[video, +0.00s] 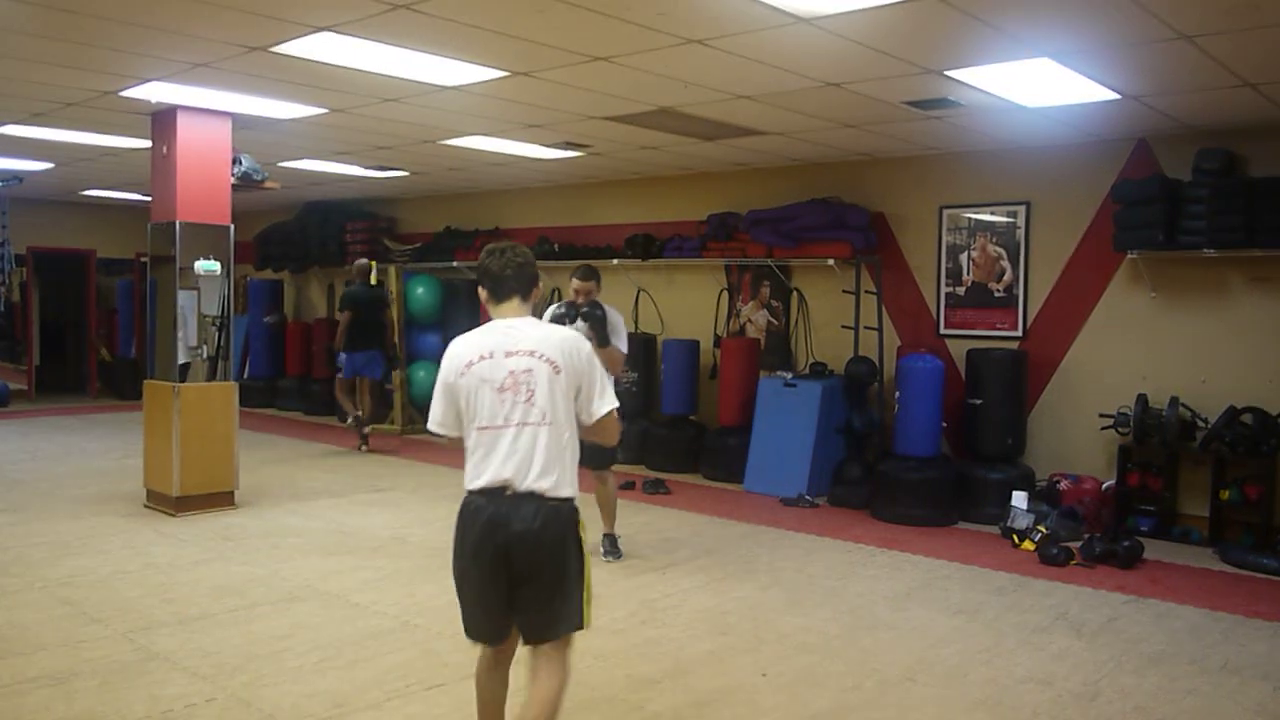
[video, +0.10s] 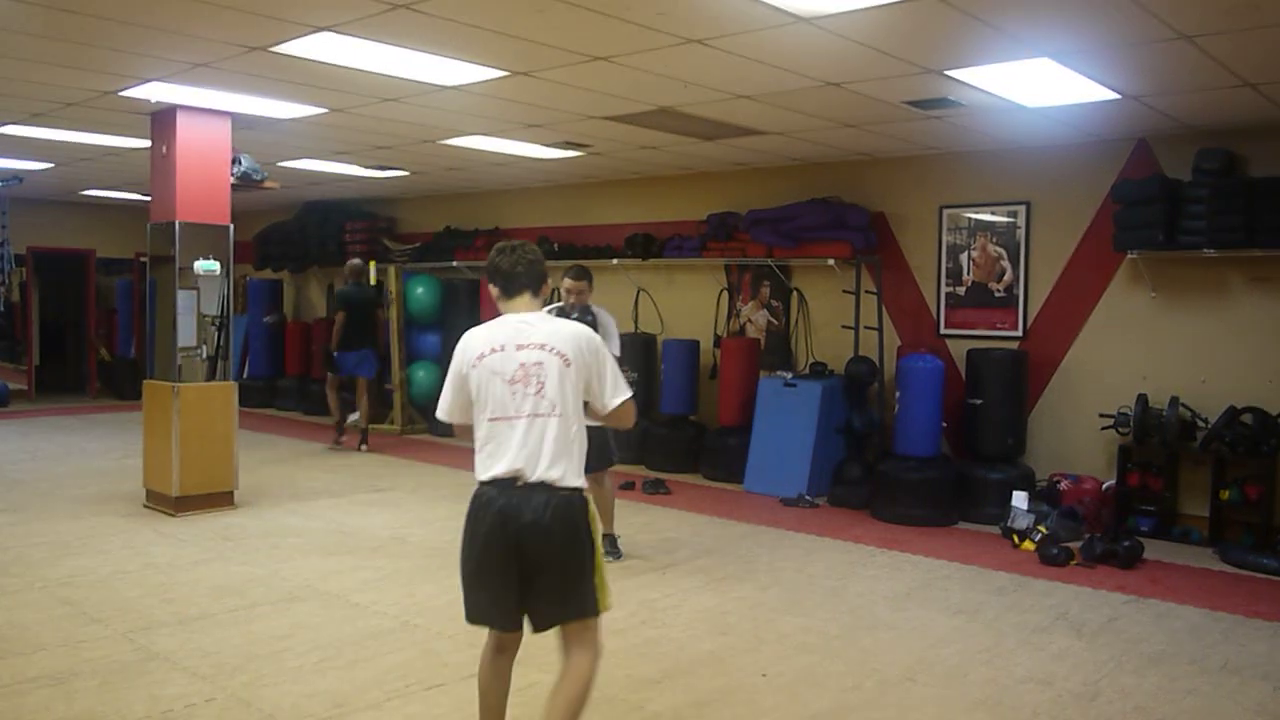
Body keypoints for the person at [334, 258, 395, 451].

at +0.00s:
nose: (352, 273)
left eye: (354, 271)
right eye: (356, 270)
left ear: (355, 273)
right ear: (371, 274)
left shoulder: (349, 294)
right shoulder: (380, 294)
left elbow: (345, 321)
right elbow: (389, 321)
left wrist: (338, 345)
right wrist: (390, 345)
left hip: (353, 348)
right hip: (375, 347)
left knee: (342, 389)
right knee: (366, 391)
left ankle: (353, 413)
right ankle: (364, 436)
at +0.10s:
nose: (345, 274)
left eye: (346, 271)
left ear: (347, 274)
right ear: (364, 274)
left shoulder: (342, 293)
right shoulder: (373, 293)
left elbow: (340, 320)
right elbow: (381, 318)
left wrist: (333, 345)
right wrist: (379, 343)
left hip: (346, 346)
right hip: (367, 346)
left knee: (332, 386)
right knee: (363, 391)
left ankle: (339, 424)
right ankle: (364, 437)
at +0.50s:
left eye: (315, 273)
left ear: (315, 274)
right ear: (331, 274)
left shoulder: (310, 293)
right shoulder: (341, 292)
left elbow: (306, 319)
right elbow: (350, 316)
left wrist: (300, 340)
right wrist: (348, 335)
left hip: (317, 346)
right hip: (337, 344)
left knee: (315, 389)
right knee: (330, 385)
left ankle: (318, 433)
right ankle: (340, 414)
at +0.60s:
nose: (310, 277)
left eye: (310, 274)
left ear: (310, 275)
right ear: (326, 274)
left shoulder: (304, 293)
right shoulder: (334, 291)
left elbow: (298, 320)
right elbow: (345, 318)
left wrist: (291, 337)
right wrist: (345, 339)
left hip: (311, 345)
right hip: (331, 344)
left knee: (313, 387)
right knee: (324, 382)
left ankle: (317, 432)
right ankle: (326, 419)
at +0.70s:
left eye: (305, 275)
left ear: (305, 276)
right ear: (319, 277)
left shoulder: (299, 293)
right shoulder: (327, 294)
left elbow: (293, 318)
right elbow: (338, 317)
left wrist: (283, 336)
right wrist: (341, 338)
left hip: (306, 345)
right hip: (324, 344)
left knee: (310, 386)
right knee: (313, 385)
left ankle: (317, 431)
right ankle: (313, 422)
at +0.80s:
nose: (300, 279)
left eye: (301, 276)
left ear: (301, 277)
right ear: (316, 278)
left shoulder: (295, 294)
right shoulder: (324, 295)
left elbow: (289, 320)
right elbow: (334, 319)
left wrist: (278, 335)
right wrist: (334, 339)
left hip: (301, 345)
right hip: (320, 344)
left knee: (306, 386)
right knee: (307, 386)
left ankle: (315, 428)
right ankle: (303, 424)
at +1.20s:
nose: (279, 277)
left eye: (281, 274)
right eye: (280, 273)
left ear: (285, 275)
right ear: (297, 276)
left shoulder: (280, 292)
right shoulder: (307, 293)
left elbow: (276, 318)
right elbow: (315, 317)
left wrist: (270, 344)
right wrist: (309, 332)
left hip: (283, 341)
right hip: (303, 341)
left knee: (270, 379)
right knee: (299, 381)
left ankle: (272, 419)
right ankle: (300, 424)